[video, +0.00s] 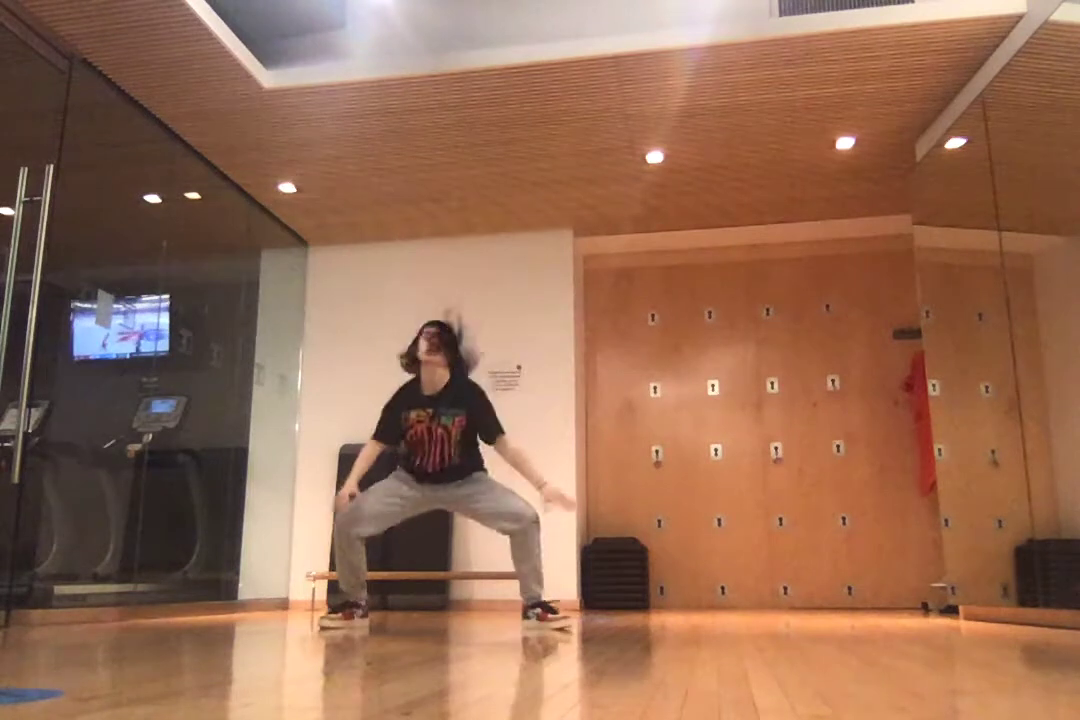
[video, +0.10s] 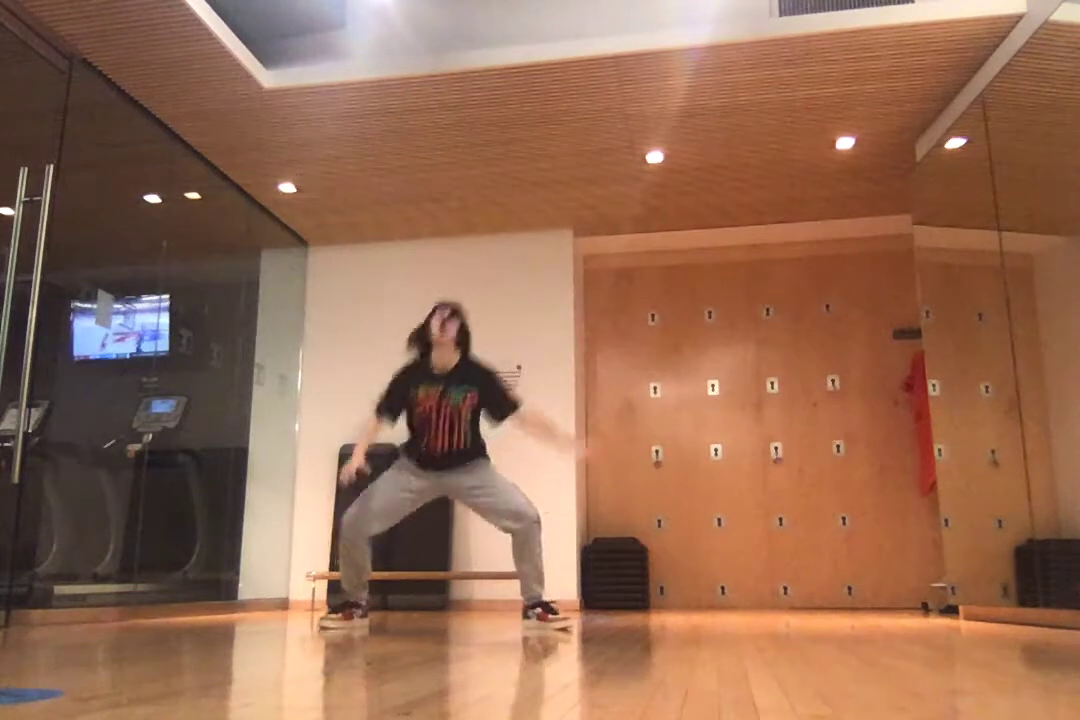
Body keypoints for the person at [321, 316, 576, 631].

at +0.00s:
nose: (431, 340)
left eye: (439, 336)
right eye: (425, 336)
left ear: (451, 351)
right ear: (415, 350)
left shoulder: (469, 394)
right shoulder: (403, 397)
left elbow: (504, 445)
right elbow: (376, 444)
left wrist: (543, 485)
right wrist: (351, 481)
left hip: (466, 485)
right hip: (410, 485)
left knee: (524, 519)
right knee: (347, 519)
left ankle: (534, 604)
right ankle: (354, 603)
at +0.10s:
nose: (444, 323)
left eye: (452, 319)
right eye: (438, 318)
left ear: (460, 330)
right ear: (427, 329)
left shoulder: (477, 376)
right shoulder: (411, 376)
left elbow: (520, 414)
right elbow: (380, 417)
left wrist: (564, 439)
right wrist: (358, 454)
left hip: (469, 471)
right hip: (415, 471)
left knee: (526, 519)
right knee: (353, 523)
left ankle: (534, 604)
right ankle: (356, 603)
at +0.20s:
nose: (466, 284)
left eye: (472, 279)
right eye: (460, 280)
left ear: (485, 292)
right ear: (450, 294)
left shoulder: (502, 341)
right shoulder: (431, 331)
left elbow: (551, 368)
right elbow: (383, 358)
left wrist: (589, 379)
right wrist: (357, 397)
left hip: (476, 440)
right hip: (425, 438)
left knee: (518, 511)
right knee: (380, 513)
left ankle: (534, 593)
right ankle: (350, 599)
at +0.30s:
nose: (488, 267)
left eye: (493, 260)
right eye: (480, 265)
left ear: (509, 268)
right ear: (474, 276)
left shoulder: (533, 313)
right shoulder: (462, 301)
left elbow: (580, 323)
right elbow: (411, 306)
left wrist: (621, 328)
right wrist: (367, 323)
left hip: (491, 419)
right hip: (441, 407)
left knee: (509, 505)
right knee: (389, 477)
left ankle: (523, 590)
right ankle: (338, 553)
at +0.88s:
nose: (562, 285)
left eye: (568, 279)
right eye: (554, 280)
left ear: (580, 286)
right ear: (545, 288)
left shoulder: (596, 321)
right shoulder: (533, 332)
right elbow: (493, 307)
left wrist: (595, 257)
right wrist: (522, 266)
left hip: (589, 429)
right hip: (542, 427)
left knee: (573, 514)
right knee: (535, 506)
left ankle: (539, 587)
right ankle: (549, 597)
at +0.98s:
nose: (579, 262)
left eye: (586, 255)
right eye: (571, 257)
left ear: (600, 262)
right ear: (560, 267)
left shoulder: (619, 294)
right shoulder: (550, 306)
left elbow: (662, 249)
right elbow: (508, 286)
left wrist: (644, 221)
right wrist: (518, 256)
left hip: (614, 422)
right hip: (564, 418)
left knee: (623, 498)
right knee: (542, 493)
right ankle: (524, 583)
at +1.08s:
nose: (599, 269)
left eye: (608, 261)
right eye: (591, 261)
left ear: (621, 267)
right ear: (580, 269)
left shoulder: (640, 296)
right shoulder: (575, 304)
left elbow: (690, 265)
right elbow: (538, 282)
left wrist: (667, 232)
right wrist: (549, 260)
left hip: (638, 422)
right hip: (587, 417)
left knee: (657, 502)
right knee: (554, 483)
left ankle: (672, 599)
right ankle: (528, 550)